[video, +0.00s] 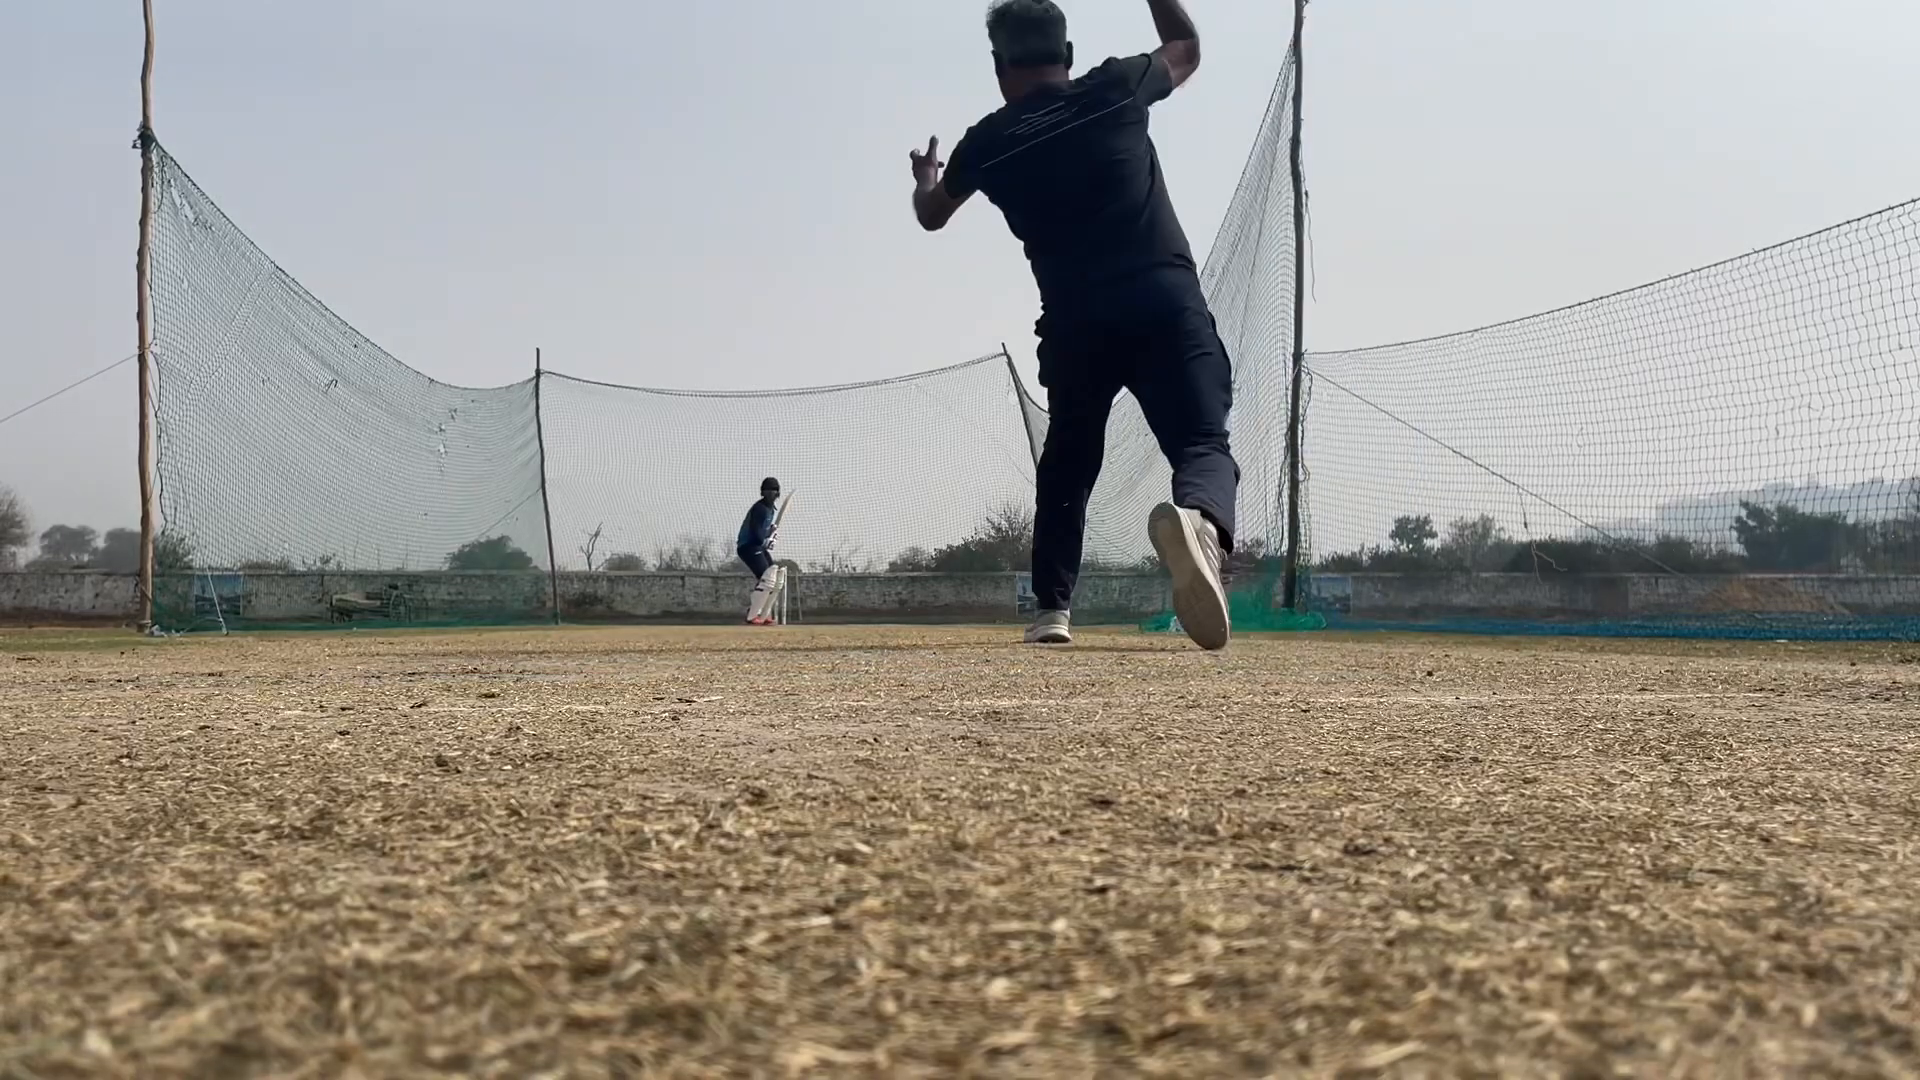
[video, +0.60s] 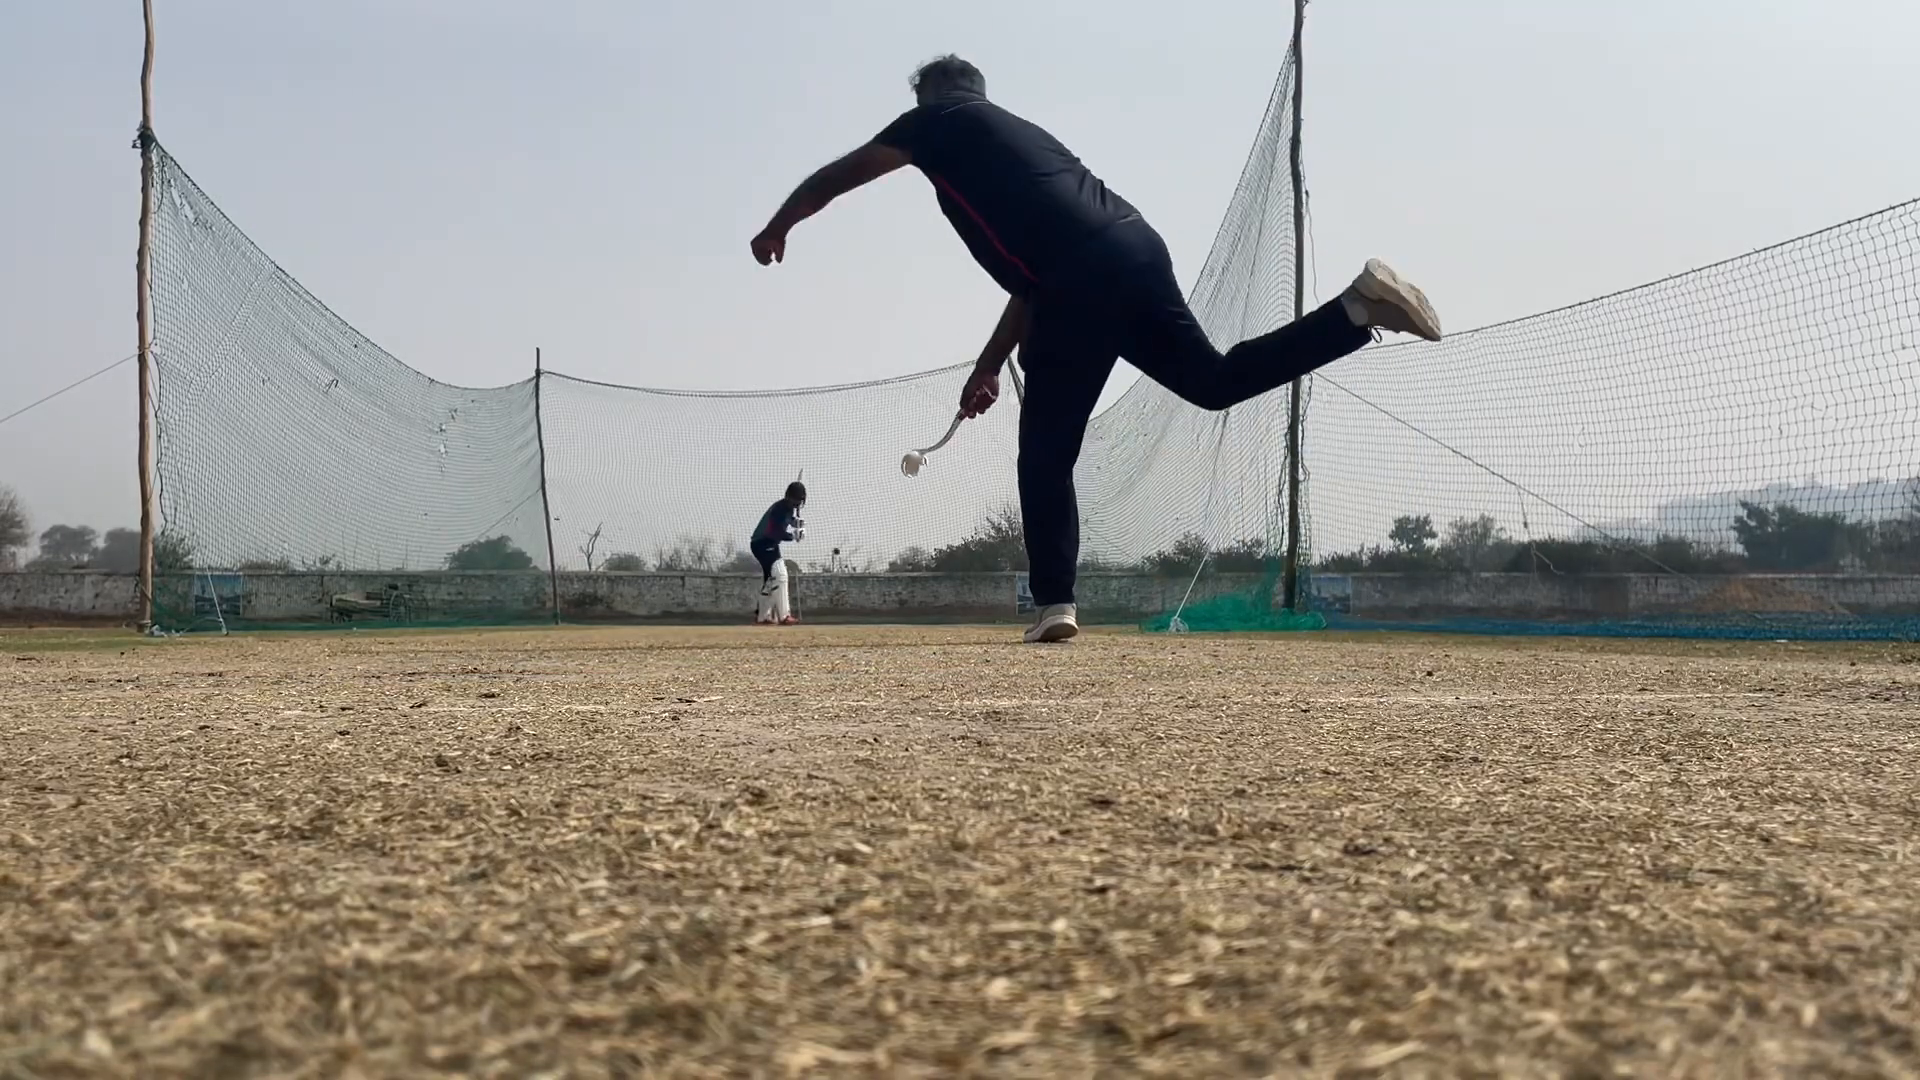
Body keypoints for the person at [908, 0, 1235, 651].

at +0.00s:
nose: (998, 75)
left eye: (997, 65)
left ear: (1002, 67)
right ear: (1064, 55)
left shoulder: (985, 143)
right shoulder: (1117, 83)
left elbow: (932, 214)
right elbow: (1184, 47)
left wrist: (925, 181)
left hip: (1075, 323)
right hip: (1164, 298)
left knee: (1067, 465)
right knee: (1201, 437)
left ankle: (1052, 612)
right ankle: (1200, 523)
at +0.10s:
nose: (965, 116)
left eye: (964, 106)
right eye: (965, 107)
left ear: (971, 104)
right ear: (1028, 91)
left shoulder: (974, 148)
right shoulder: (1076, 120)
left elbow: (967, 273)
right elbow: (1097, 211)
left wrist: (966, 362)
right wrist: (1049, 284)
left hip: (1077, 294)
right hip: (1165, 266)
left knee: (1058, 455)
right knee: (1201, 429)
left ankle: (1050, 613)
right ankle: (1169, 502)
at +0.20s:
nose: (942, 137)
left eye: (941, 128)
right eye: (943, 130)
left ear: (948, 121)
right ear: (999, 109)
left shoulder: (969, 132)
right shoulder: (1045, 149)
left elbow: (985, 164)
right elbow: (1058, 285)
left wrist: (972, 206)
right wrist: (1003, 373)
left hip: (1073, 288)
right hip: (1152, 249)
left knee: (1056, 456)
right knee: (1223, 368)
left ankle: (1053, 610)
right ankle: (1245, 404)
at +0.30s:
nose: (924, 181)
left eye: (922, 162)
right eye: (919, 168)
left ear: (942, 145)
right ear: (948, 157)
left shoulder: (966, 133)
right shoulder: (1007, 205)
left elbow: (955, 33)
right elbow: (1046, 288)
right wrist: (983, 317)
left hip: (1078, 289)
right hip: (1151, 251)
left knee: (1057, 454)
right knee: (1263, 355)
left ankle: (1055, 610)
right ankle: (1361, 270)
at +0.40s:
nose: (920, 178)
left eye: (918, 159)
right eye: (915, 165)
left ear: (936, 141)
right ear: (939, 157)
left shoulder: (959, 125)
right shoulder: (987, 219)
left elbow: (908, 40)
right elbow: (994, 304)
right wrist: (938, 340)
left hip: (1095, 281)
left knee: (1054, 445)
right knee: (1276, 340)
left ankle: (1053, 610)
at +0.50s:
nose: (905, 126)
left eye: (910, 114)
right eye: (911, 122)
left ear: (930, 105)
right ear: (974, 131)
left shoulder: (947, 111)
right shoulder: (1009, 185)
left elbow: (847, 76)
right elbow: (1003, 296)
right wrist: (937, 369)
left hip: (1077, 284)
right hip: (1145, 257)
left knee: (1051, 455)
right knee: (1260, 359)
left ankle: (1054, 609)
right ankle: (1393, 245)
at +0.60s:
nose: (917, 114)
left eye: (919, 104)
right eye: (925, 105)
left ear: (929, 98)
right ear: (978, 94)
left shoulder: (936, 120)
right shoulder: (1018, 134)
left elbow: (835, 179)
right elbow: (1038, 273)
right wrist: (989, 362)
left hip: (1072, 287)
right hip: (1137, 257)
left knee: (1045, 459)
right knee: (1218, 381)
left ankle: (1054, 612)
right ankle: (1360, 311)